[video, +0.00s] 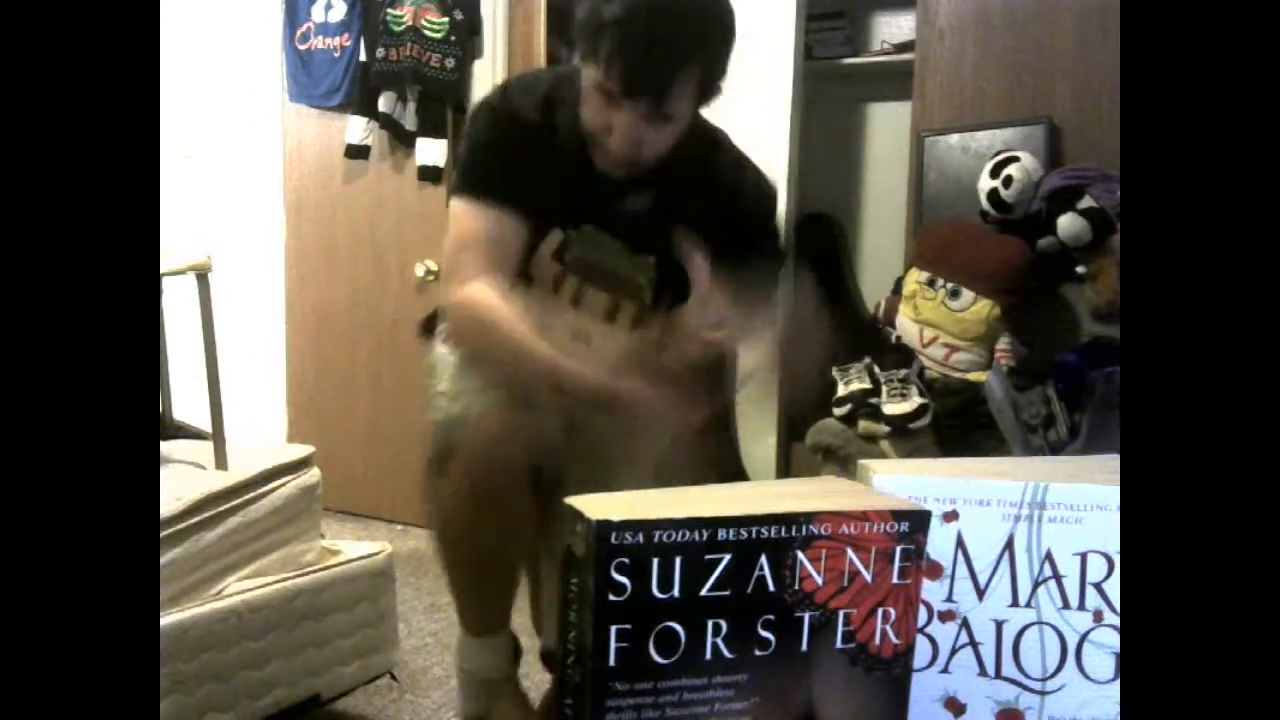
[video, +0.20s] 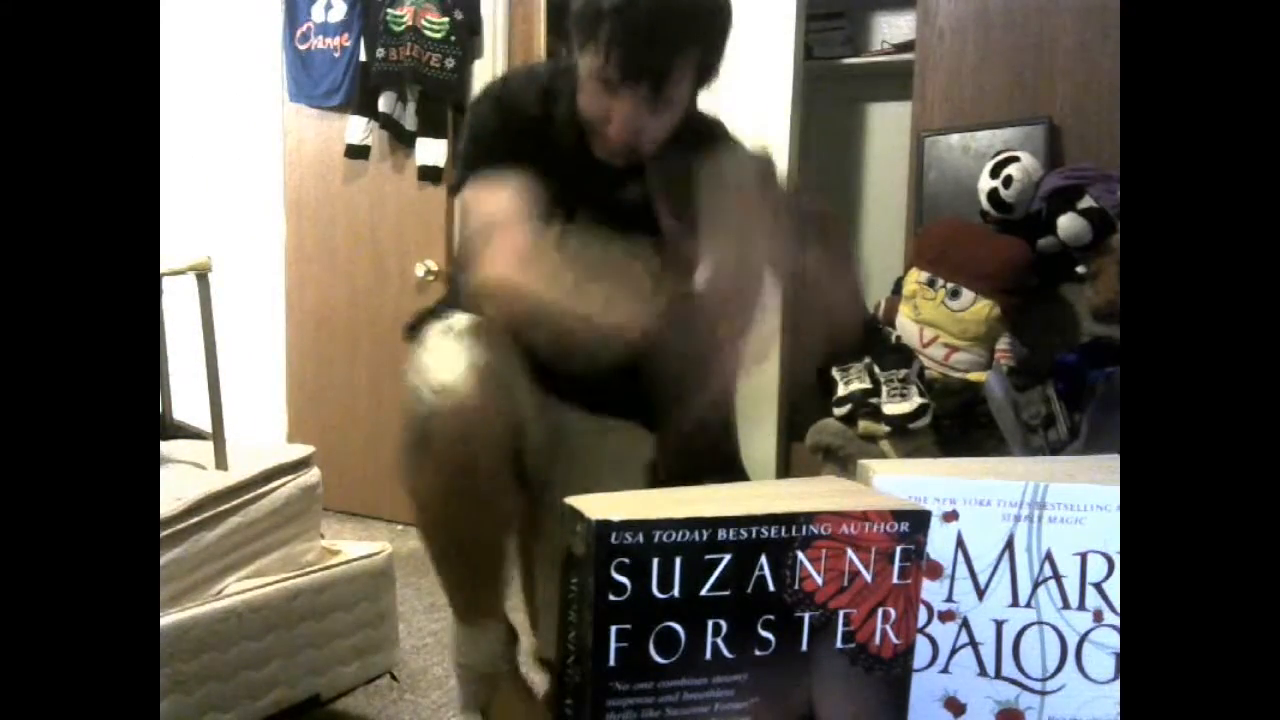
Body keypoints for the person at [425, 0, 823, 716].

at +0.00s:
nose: (622, 135)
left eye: (657, 117)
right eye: (605, 99)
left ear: (704, 96)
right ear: (580, 63)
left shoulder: (735, 193)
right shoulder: (515, 122)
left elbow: (732, 350)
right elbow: (468, 294)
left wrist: (708, 333)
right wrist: (618, 391)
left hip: (643, 385)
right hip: (511, 350)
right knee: (485, 437)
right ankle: (485, 672)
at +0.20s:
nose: (626, 122)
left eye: (658, 101)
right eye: (607, 86)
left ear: (698, 84)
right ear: (576, 51)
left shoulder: (715, 160)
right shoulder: (515, 110)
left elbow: (738, 284)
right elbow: (501, 272)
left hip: (620, 410)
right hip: (506, 375)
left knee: (581, 658)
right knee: (452, 379)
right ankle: (481, 642)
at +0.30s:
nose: (635, 95)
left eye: (665, 74)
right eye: (617, 65)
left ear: (706, 59)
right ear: (583, 30)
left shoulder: (706, 134)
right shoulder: (519, 94)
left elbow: (814, 228)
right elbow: (529, 215)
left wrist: (793, 180)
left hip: (643, 388)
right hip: (508, 369)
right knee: (436, 347)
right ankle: (473, 628)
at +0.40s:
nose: (648, 42)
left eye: (675, 26)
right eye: (643, 18)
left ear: (695, 25)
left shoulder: (679, 96)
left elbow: (766, 186)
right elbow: (503, 46)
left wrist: (769, 12)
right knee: (374, 220)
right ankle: (432, 537)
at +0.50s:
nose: (634, 27)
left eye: (660, 12)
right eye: (628, 5)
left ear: (678, 12)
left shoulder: (672, 89)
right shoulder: (488, 21)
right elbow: (465, 35)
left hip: (550, 317)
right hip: (422, 256)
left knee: (553, 619)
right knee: (383, 187)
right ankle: (410, 530)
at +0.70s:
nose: (585, 148)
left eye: (618, 122)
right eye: (567, 109)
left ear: (659, 108)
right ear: (533, 67)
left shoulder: (643, 199)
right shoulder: (443, 122)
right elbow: (481, 348)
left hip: (501, 406)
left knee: (513, 687)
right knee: (374, 342)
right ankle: (381, 663)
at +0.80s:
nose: (585, 170)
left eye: (618, 148)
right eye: (566, 133)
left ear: (657, 141)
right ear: (528, 92)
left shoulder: (648, 228)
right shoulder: (439, 149)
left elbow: (679, 425)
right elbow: (477, 392)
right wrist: (602, 503)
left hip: (515, 412)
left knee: (517, 685)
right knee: (328, 369)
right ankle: (374, 686)